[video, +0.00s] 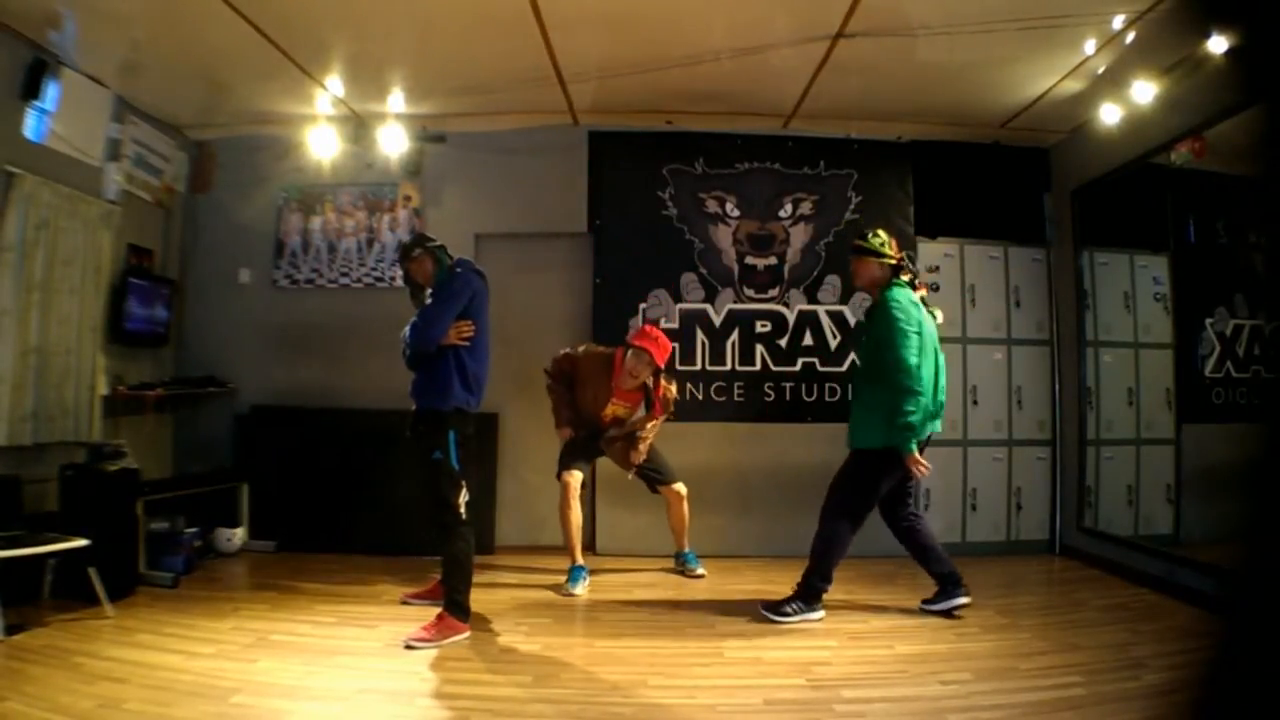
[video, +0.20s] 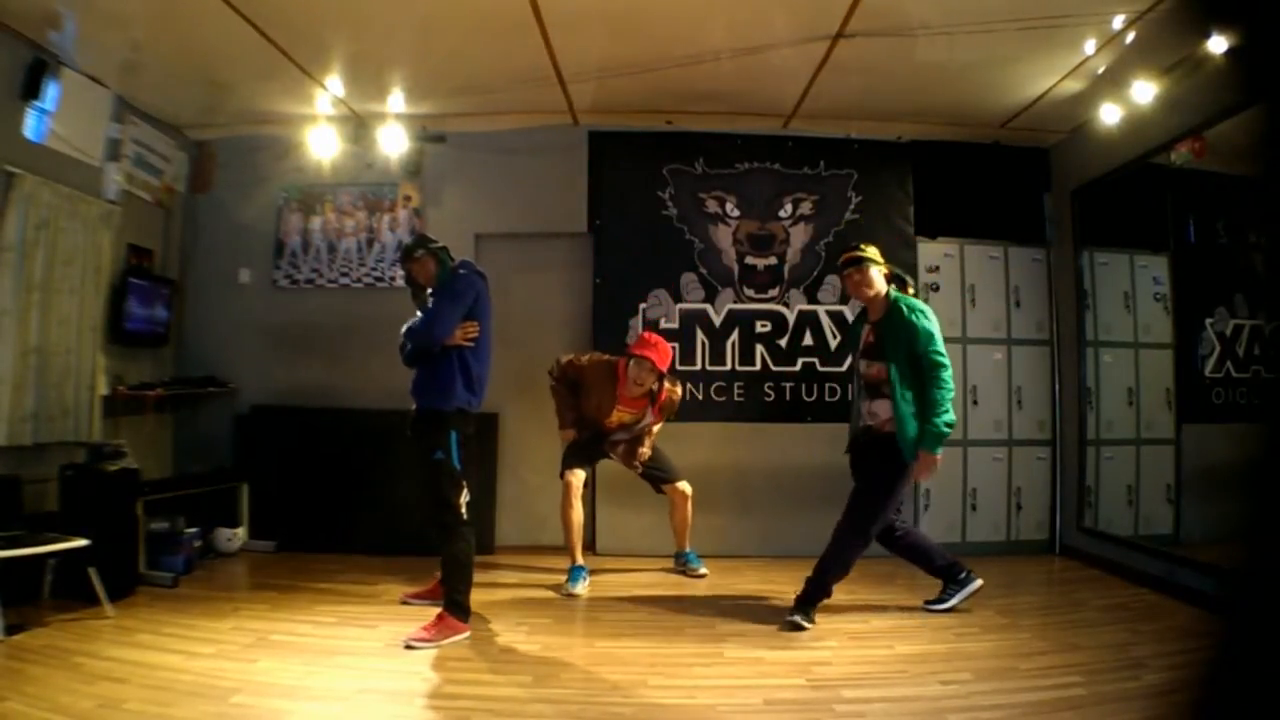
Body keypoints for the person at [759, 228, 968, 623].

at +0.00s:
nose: (852, 269)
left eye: (859, 261)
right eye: (854, 261)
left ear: (881, 265)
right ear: (883, 266)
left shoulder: (892, 307)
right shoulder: (910, 304)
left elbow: (907, 379)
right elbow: (932, 375)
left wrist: (907, 442)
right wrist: (924, 429)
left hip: (882, 437)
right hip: (900, 437)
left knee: (841, 510)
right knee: (901, 514)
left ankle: (808, 597)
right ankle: (951, 585)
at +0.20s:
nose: (857, 280)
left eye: (862, 270)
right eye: (849, 276)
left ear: (882, 271)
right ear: (846, 286)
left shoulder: (913, 315)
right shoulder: (862, 324)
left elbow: (939, 378)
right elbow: (866, 385)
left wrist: (931, 444)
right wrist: (857, 435)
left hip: (898, 442)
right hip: (866, 440)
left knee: (856, 525)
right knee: (885, 526)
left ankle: (806, 603)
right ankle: (958, 576)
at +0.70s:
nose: (827, 307)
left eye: (828, 297)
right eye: (818, 309)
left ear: (846, 293)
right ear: (820, 322)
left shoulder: (892, 317)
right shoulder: (841, 353)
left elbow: (947, 350)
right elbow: (840, 419)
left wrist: (937, 398)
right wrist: (805, 453)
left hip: (895, 449)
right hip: (859, 454)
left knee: (844, 520)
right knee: (876, 545)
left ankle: (802, 603)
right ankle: (954, 575)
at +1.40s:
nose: (780, 307)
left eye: (782, 299)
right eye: (778, 300)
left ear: (801, 294)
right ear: (802, 293)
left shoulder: (857, 319)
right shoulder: (813, 328)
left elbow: (887, 381)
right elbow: (817, 397)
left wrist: (906, 446)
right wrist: (819, 458)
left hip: (865, 445)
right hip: (837, 447)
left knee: (825, 517)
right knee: (878, 536)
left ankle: (800, 605)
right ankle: (953, 573)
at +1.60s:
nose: (771, 301)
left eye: (773, 294)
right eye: (769, 294)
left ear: (793, 288)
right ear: (793, 288)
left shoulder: (839, 313)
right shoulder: (810, 319)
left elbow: (860, 382)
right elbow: (814, 394)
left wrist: (864, 451)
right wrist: (795, 450)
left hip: (857, 442)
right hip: (835, 441)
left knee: (823, 517)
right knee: (875, 528)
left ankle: (800, 604)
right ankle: (951, 572)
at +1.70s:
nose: (766, 303)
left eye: (769, 295)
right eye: (765, 296)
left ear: (790, 289)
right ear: (790, 290)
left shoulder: (839, 309)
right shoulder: (805, 329)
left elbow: (866, 372)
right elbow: (800, 400)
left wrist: (847, 432)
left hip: (865, 435)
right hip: (843, 439)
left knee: (823, 517)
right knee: (876, 527)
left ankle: (801, 604)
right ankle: (952, 572)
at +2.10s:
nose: (762, 304)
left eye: (765, 295)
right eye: (760, 297)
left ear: (788, 289)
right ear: (783, 293)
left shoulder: (839, 306)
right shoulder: (793, 339)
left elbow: (878, 336)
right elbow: (772, 391)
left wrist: (885, 376)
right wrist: (719, 385)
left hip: (867, 439)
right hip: (837, 446)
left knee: (824, 515)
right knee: (877, 526)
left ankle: (801, 603)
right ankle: (950, 571)